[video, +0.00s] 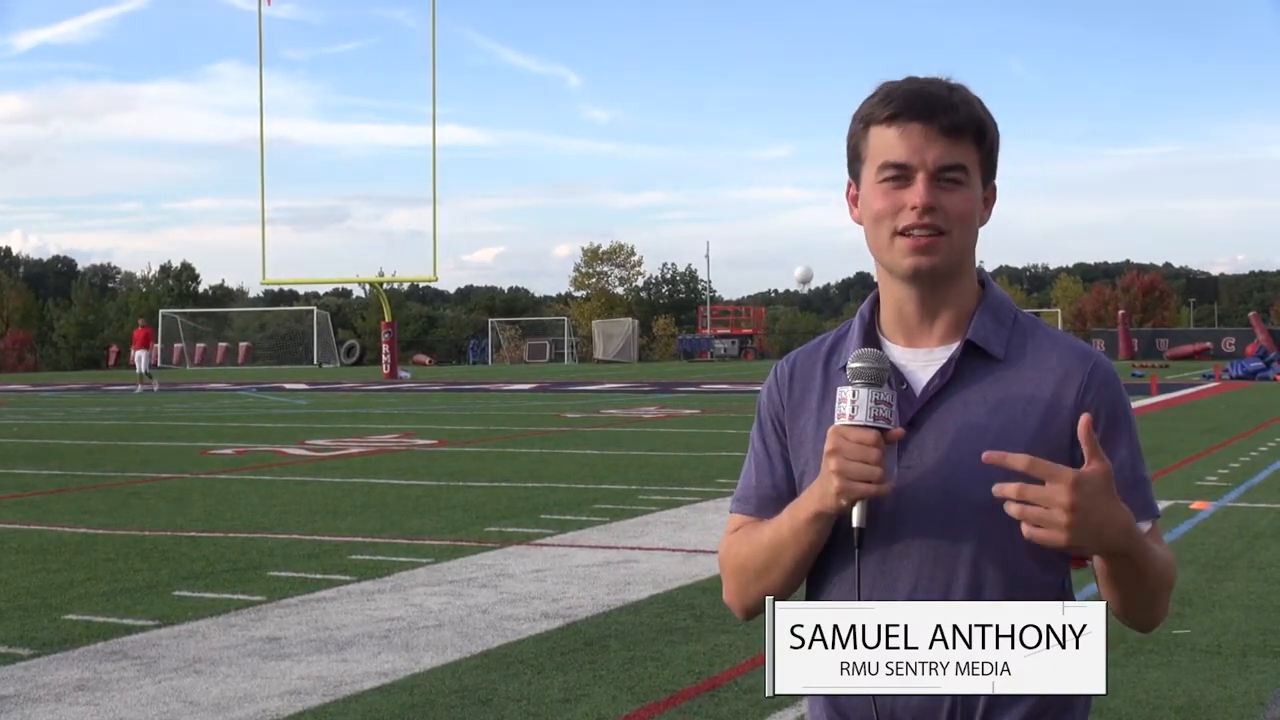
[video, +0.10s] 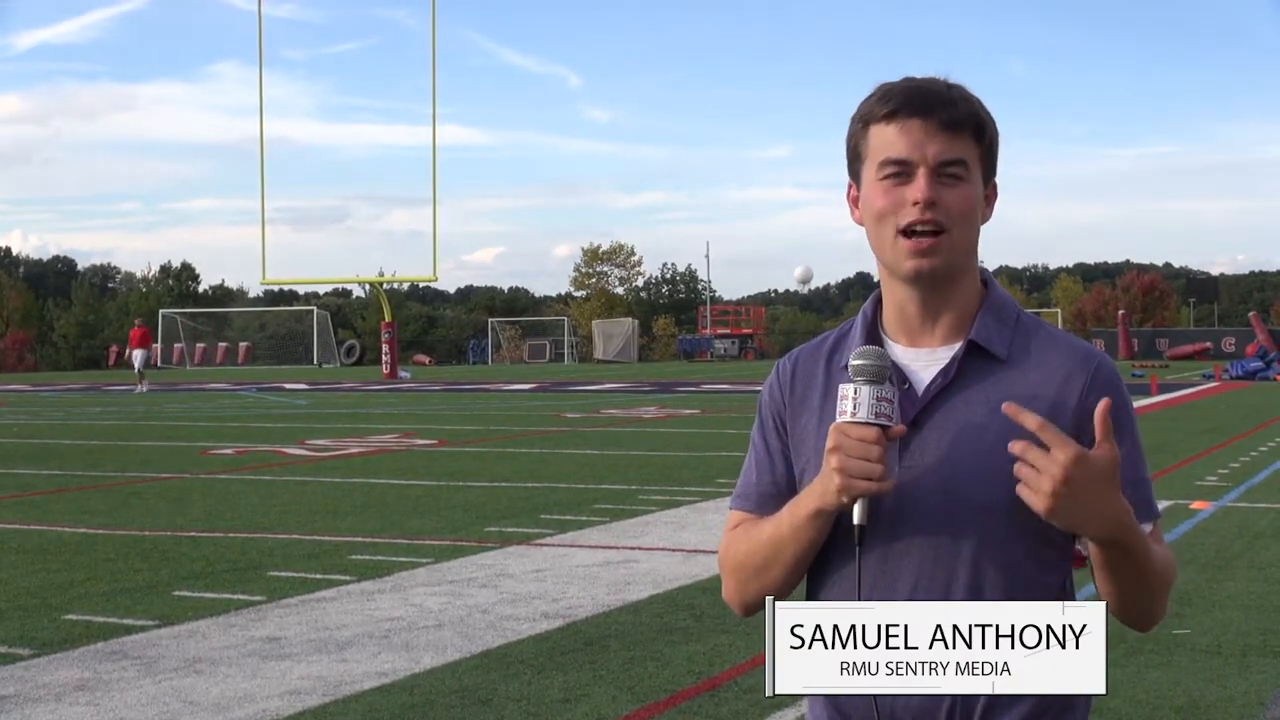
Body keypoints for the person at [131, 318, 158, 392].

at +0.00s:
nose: (141, 323)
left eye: (142, 322)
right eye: (140, 322)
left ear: (145, 323)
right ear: (138, 323)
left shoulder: (148, 330)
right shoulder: (135, 331)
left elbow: (151, 341)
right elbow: (133, 344)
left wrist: (150, 351)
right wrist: (132, 355)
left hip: (145, 351)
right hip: (137, 351)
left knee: (145, 370)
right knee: (138, 371)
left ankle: (154, 382)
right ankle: (140, 386)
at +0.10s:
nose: (138, 323)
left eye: (139, 321)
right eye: (136, 321)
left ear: (141, 323)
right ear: (134, 322)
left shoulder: (145, 330)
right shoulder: (132, 331)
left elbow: (150, 341)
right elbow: (129, 343)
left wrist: (151, 351)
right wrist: (127, 352)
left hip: (142, 350)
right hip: (134, 350)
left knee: (138, 368)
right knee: (137, 368)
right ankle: (142, 384)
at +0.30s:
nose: (129, 324)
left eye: (131, 322)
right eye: (128, 322)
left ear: (133, 323)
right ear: (127, 323)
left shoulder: (138, 332)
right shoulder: (125, 332)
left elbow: (143, 342)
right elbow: (121, 344)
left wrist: (145, 350)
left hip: (136, 351)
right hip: (128, 351)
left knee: (130, 369)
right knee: (135, 370)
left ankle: (127, 386)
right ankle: (140, 386)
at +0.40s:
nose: (126, 324)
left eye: (128, 322)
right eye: (125, 322)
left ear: (131, 323)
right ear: (124, 324)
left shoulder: (136, 331)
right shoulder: (121, 332)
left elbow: (140, 341)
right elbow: (118, 342)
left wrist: (143, 349)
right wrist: (116, 348)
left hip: (133, 351)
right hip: (125, 351)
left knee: (126, 370)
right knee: (132, 370)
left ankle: (125, 387)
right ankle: (138, 386)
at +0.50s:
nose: (124, 324)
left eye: (125, 322)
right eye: (122, 322)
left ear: (128, 323)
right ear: (121, 323)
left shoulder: (133, 332)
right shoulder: (118, 332)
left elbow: (137, 344)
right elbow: (115, 345)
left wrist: (138, 354)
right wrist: (112, 358)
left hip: (130, 352)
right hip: (122, 352)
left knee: (124, 371)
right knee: (122, 372)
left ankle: (124, 388)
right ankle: (134, 384)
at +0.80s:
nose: (112, 323)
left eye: (113, 322)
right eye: (111, 322)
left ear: (117, 322)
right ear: (110, 322)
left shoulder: (120, 330)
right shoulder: (108, 331)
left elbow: (121, 342)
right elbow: (108, 342)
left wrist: (115, 350)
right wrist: (106, 350)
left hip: (119, 352)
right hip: (110, 352)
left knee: (120, 371)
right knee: (106, 371)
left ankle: (123, 388)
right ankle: (105, 387)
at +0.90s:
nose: (107, 325)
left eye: (109, 323)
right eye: (106, 323)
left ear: (112, 323)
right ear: (105, 324)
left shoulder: (115, 332)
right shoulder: (104, 332)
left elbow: (116, 343)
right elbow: (103, 343)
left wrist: (109, 349)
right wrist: (103, 351)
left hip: (115, 353)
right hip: (106, 353)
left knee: (117, 372)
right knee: (103, 371)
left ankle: (122, 388)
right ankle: (99, 387)